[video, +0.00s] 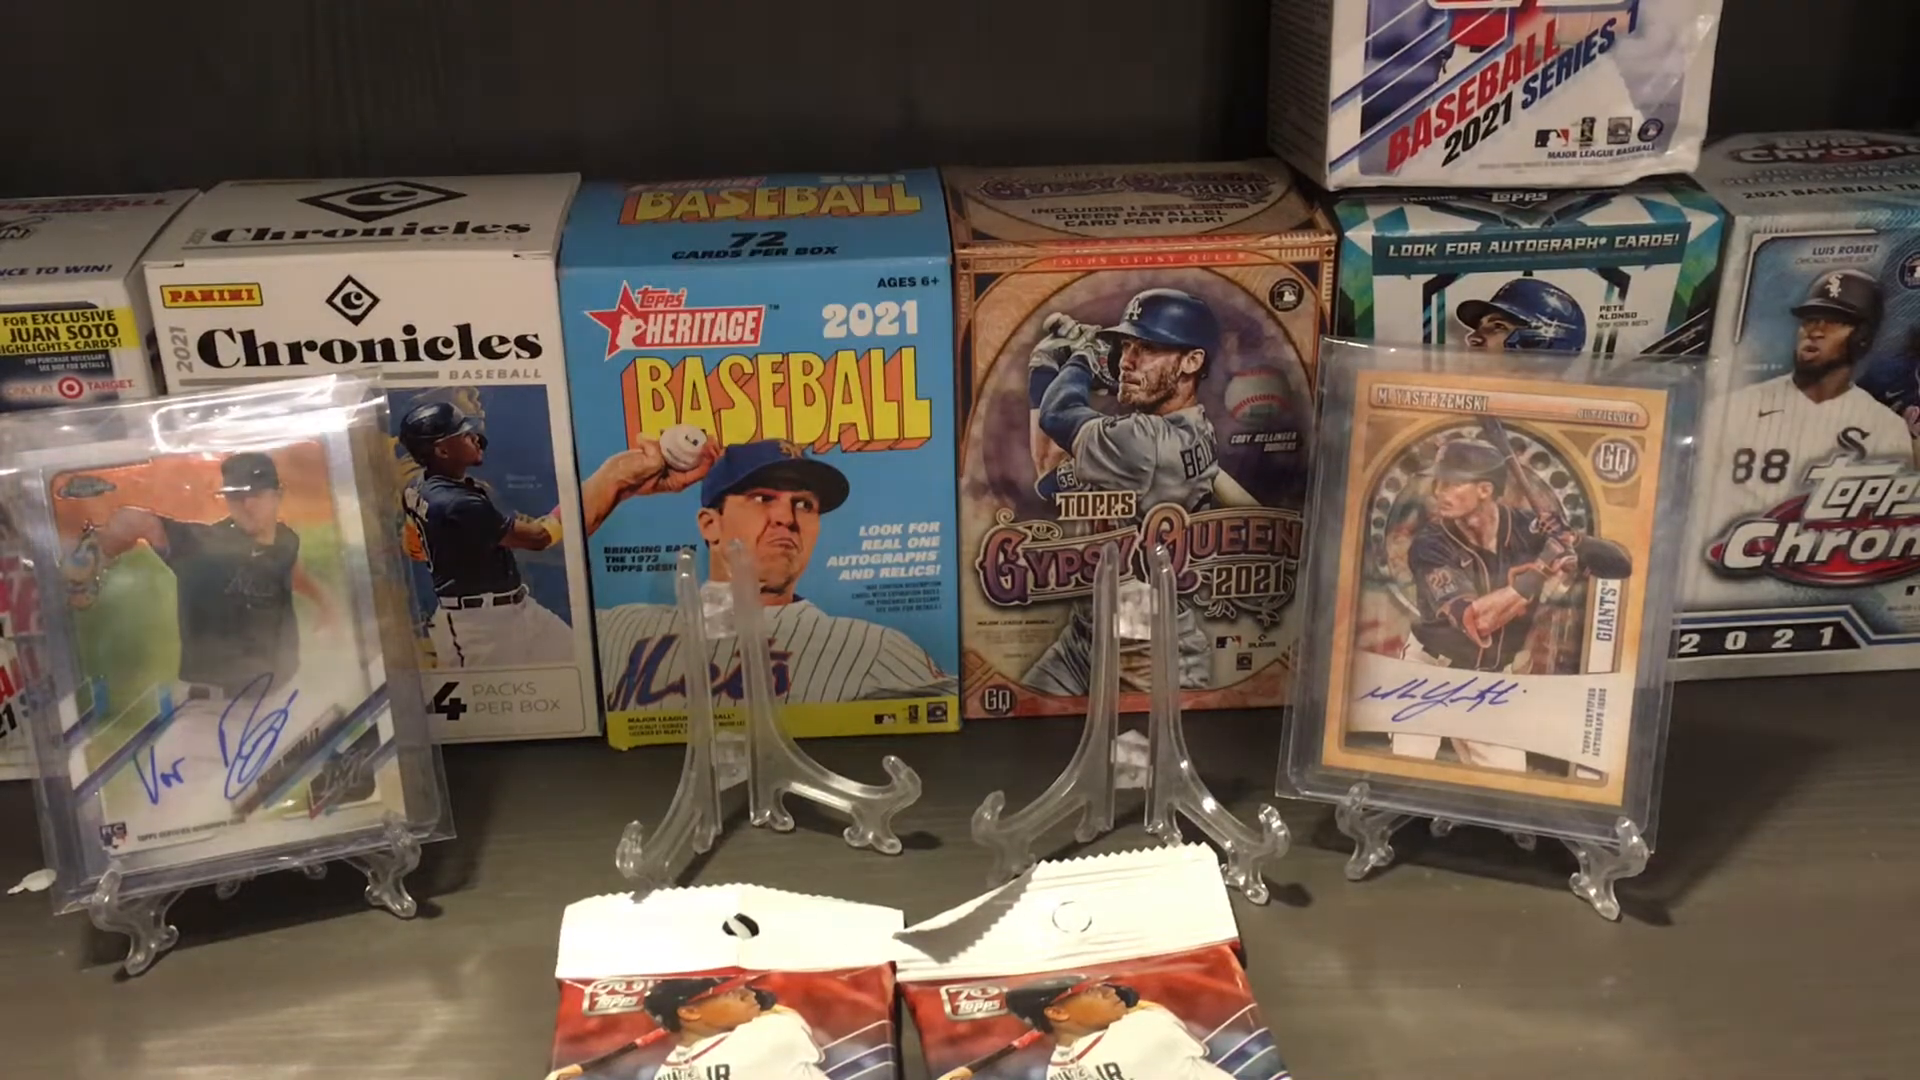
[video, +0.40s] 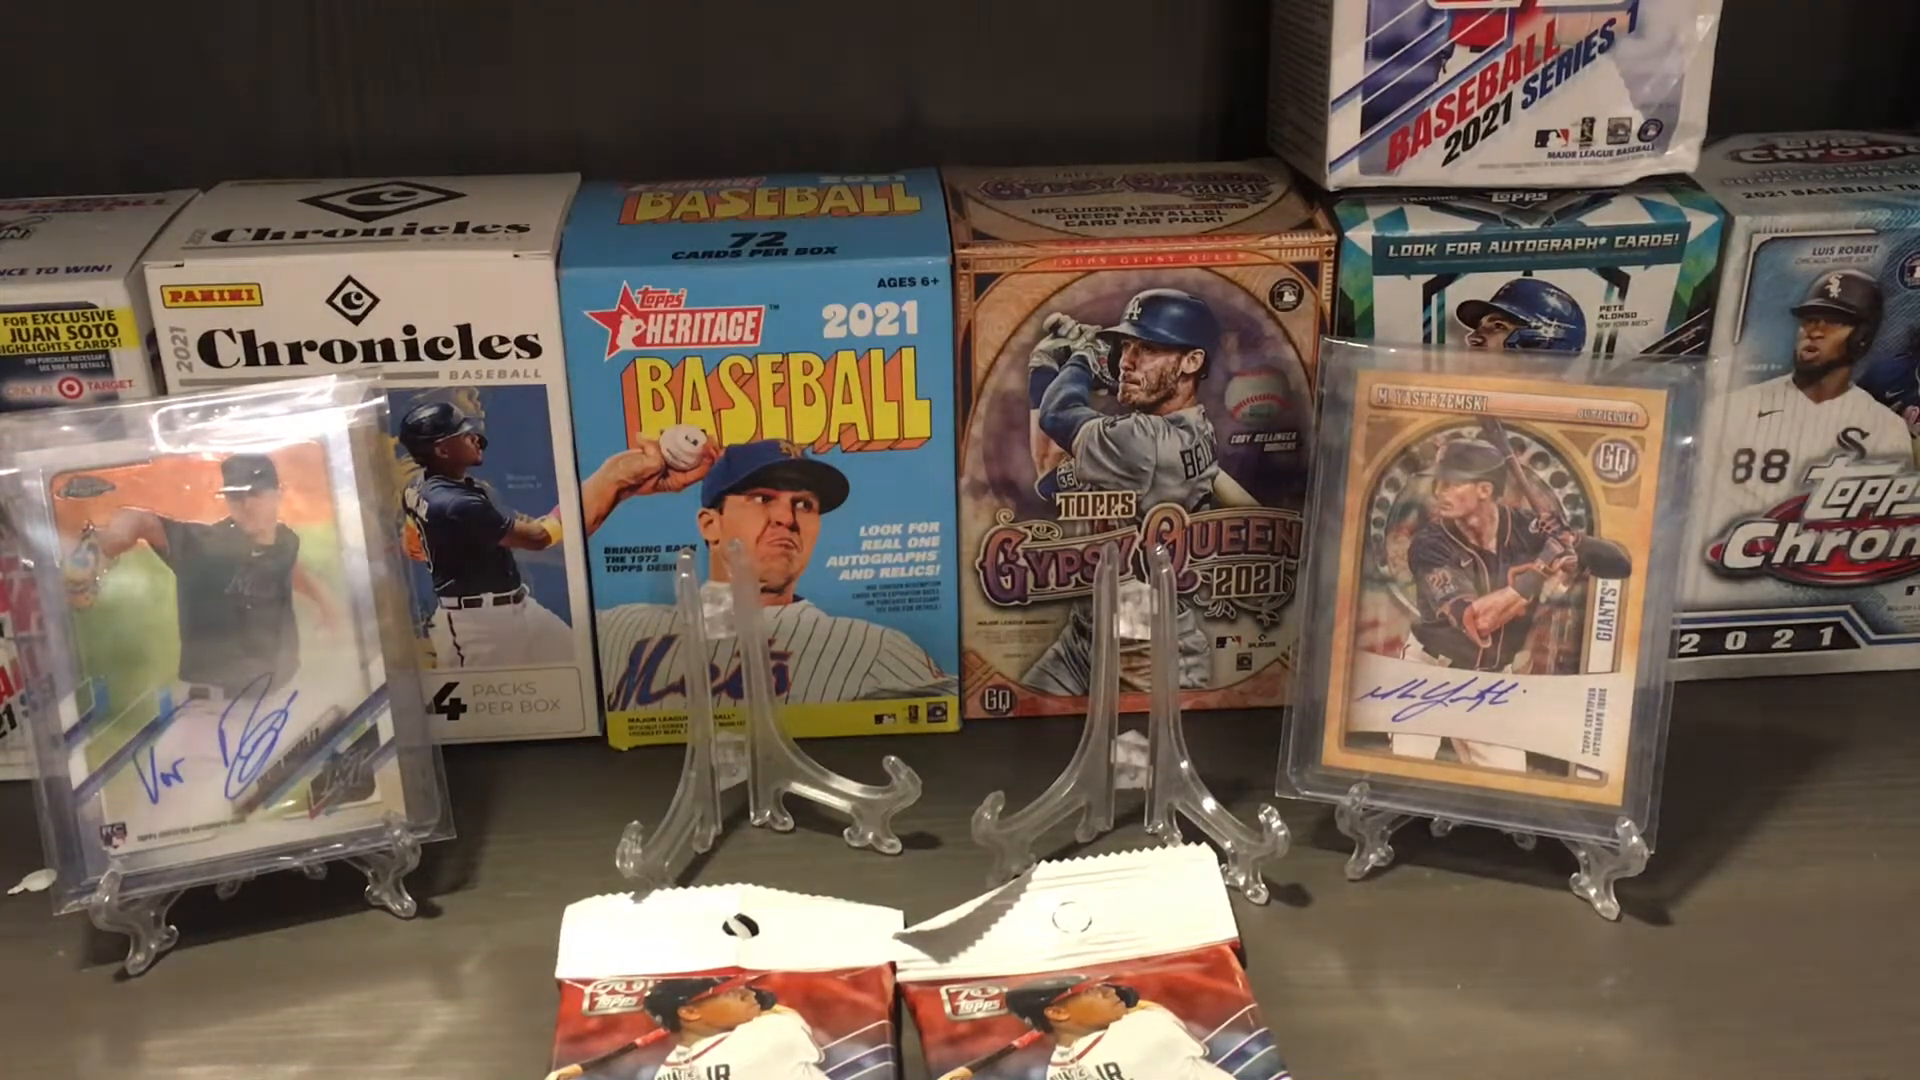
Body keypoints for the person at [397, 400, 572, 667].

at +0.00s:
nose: (475, 436)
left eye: (469, 430)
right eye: (464, 433)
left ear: (442, 451)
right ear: (442, 449)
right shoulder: (461, 506)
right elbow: (538, 537)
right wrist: (571, 508)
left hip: (519, 609)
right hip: (474, 623)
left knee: (588, 662)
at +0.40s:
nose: (476, 436)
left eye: (470, 430)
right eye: (464, 433)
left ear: (442, 451)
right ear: (442, 449)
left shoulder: (421, 489)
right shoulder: (460, 506)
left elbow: (413, 545)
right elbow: (538, 537)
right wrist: (566, 514)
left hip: (520, 609)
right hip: (474, 622)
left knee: (587, 662)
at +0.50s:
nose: (476, 436)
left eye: (470, 430)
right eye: (465, 432)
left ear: (443, 450)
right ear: (442, 449)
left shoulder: (422, 489)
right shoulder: (460, 506)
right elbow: (538, 537)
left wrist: (552, 520)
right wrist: (567, 513)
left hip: (520, 609)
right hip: (474, 622)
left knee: (586, 663)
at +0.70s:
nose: (476, 436)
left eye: (470, 430)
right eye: (465, 433)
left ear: (443, 450)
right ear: (442, 449)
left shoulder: (421, 488)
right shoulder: (460, 506)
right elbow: (538, 537)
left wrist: (547, 521)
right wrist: (566, 513)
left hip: (520, 609)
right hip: (474, 622)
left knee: (587, 662)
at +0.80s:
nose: (476, 436)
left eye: (470, 430)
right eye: (465, 433)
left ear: (443, 451)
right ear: (442, 449)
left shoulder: (421, 489)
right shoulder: (460, 506)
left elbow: (413, 545)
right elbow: (538, 537)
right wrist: (568, 512)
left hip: (520, 609)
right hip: (474, 622)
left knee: (587, 663)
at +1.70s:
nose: (476, 436)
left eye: (470, 430)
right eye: (465, 433)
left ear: (442, 451)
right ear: (441, 449)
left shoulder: (419, 489)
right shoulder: (460, 506)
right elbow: (538, 537)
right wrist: (570, 509)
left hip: (520, 609)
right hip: (473, 622)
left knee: (588, 663)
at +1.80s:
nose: (476, 437)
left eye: (470, 431)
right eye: (465, 433)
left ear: (442, 451)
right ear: (441, 450)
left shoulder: (420, 490)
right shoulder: (460, 506)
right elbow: (538, 537)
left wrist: (541, 523)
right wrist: (568, 511)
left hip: (520, 609)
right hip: (474, 623)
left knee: (587, 663)